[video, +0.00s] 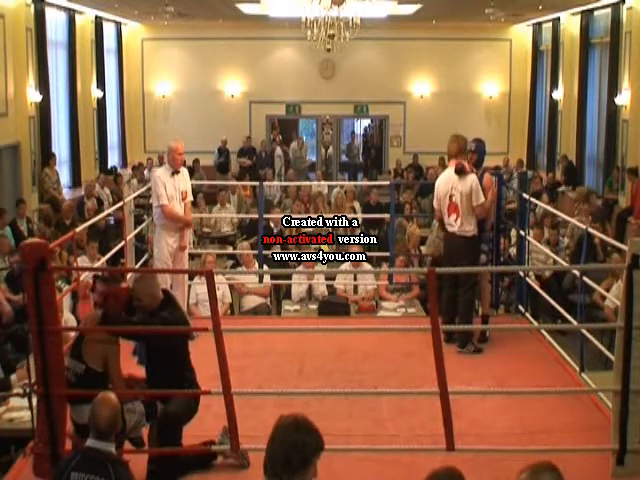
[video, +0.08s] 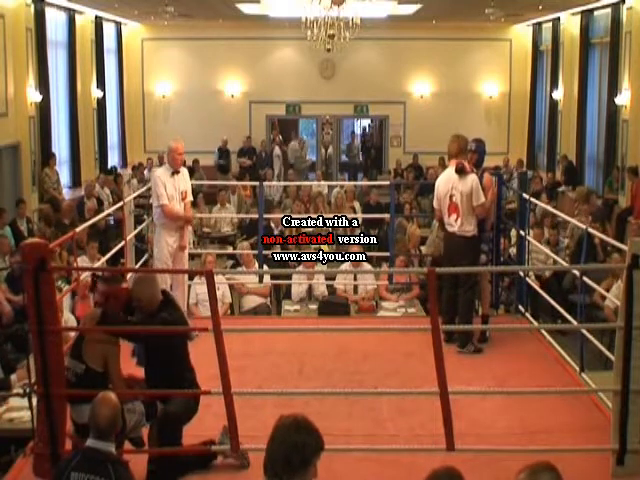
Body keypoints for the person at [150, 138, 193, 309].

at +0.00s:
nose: (181, 158)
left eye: (182, 154)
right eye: (178, 154)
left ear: (183, 156)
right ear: (168, 156)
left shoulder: (184, 172)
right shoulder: (158, 174)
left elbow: (188, 202)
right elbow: (164, 207)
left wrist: (185, 233)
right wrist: (185, 219)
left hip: (182, 227)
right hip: (165, 227)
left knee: (181, 270)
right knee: (163, 269)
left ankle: (181, 309)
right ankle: (163, 308)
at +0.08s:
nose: (181, 158)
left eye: (182, 154)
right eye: (177, 154)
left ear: (184, 156)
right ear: (168, 156)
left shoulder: (184, 172)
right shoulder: (158, 174)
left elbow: (187, 201)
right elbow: (165, 207)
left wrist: (184, 232)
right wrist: (185, 215)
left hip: (182, 225)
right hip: (165, 226)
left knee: (181, 270)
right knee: (163, 269)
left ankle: (181, 309)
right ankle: (162, 308)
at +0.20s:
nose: (181, 158)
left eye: (182, 154)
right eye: (178, 155)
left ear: (183, 156)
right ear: (168, 156)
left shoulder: (184, 172)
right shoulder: (158, 174)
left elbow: (188, 200)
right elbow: (166, 208)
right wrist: (184, 212)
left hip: (182, 226)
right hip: (165, 227)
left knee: (181, 270)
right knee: (163, 269)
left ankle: (180, 311)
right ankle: (162, 309)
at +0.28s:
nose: (181, 158)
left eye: (182, 154)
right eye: (178, 155)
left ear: (184, 156)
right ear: (168, 156)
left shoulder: (184, 172)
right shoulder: (158, 174)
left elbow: (187, 200)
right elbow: (165, 208)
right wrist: (186, 214)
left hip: (182, 226)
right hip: (165, 227)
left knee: (181, 271)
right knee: (163, 270)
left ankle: (180, 313)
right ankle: (162, 312)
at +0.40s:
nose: (181, 158)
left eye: (182, 154)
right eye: (178, 155)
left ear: (183, 156)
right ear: (168, 156)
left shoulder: (184, 172)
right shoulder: (158, 174)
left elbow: (187, 201)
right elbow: (165, 208)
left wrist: (185, 232)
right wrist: (185, 219)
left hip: (182, 226)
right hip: (165, 227)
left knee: (181, 271)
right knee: (163, 271)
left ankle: (180, 313)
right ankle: (162, 311)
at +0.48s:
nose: (181, 158)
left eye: (182, 154)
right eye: (177, 155)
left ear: (183, 156)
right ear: (168, 156)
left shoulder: (184, 172)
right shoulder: (158, 174)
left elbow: (187, 202)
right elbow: (166, 209)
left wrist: (185, 234)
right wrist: (185, 217)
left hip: (182, 227)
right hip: (165, 227)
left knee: (181, 272)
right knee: (163, 271)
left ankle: (180, 313)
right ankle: (162, 312)